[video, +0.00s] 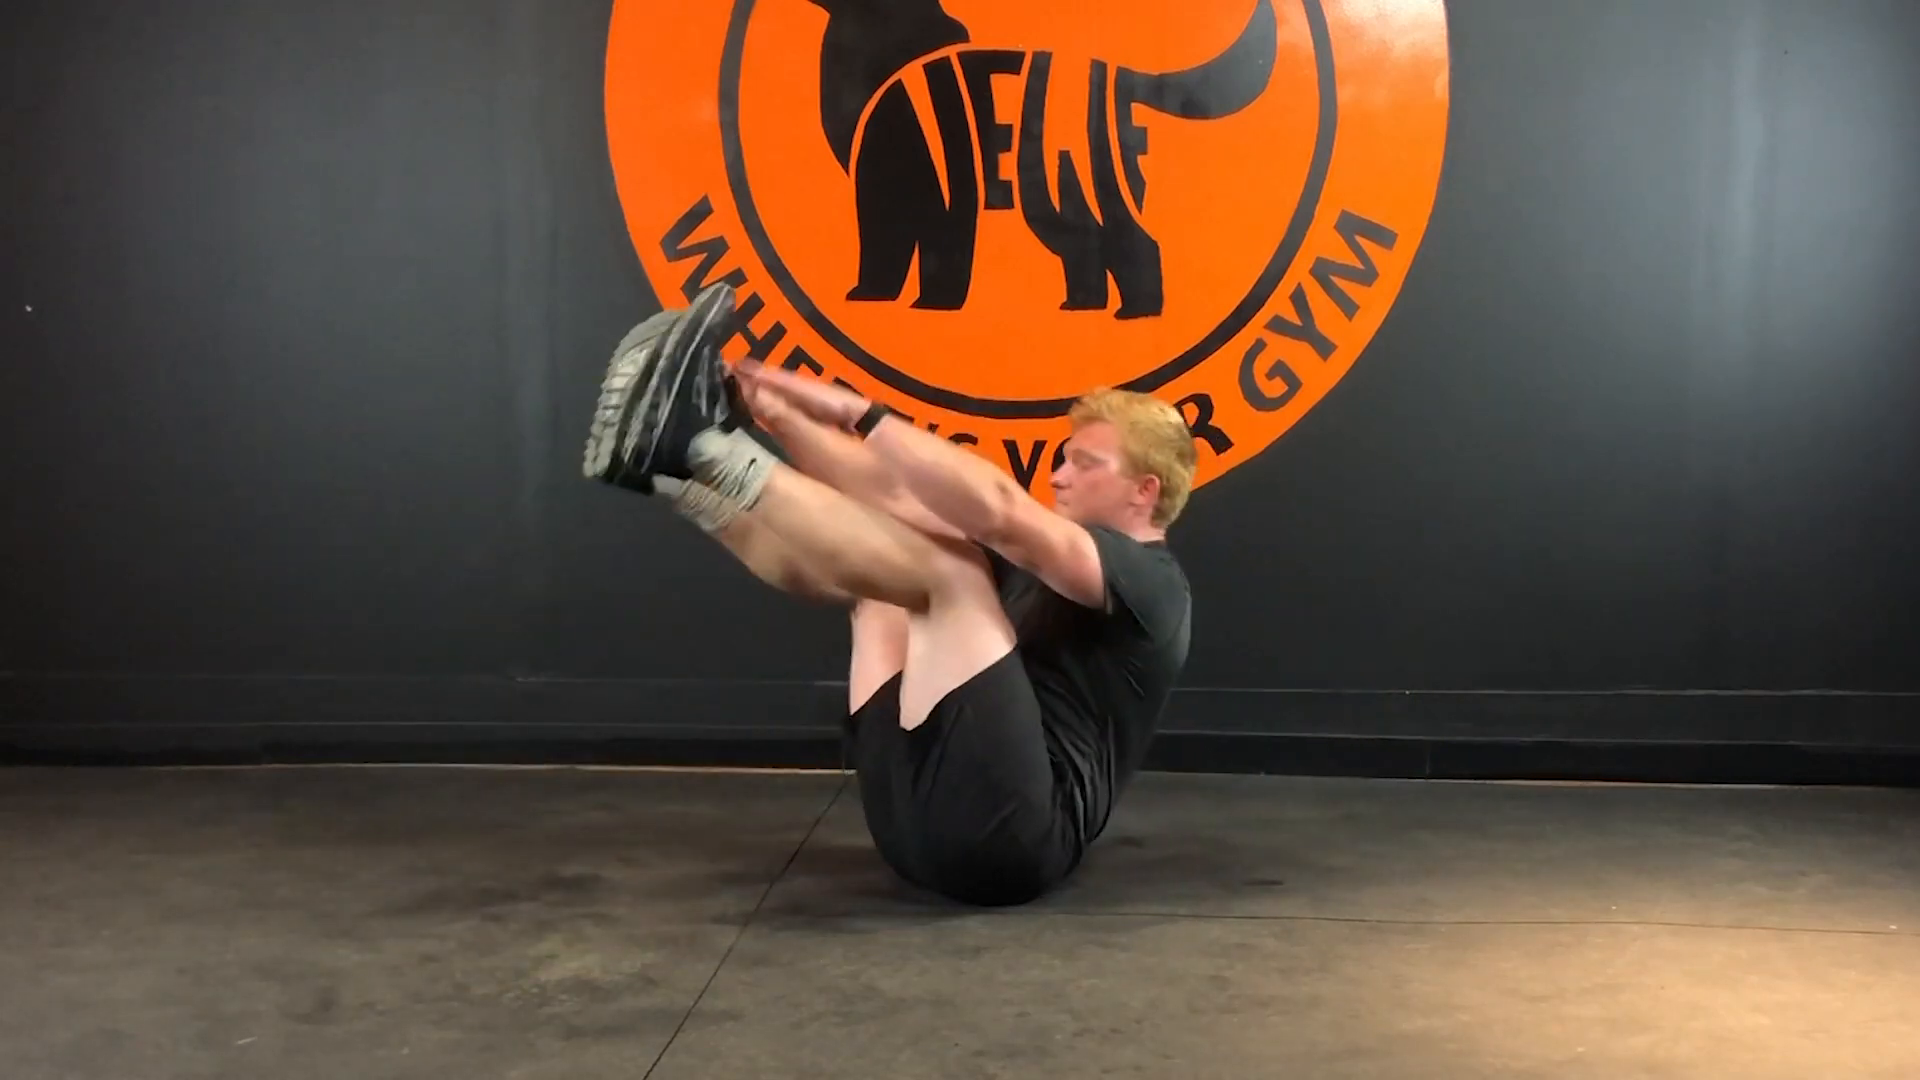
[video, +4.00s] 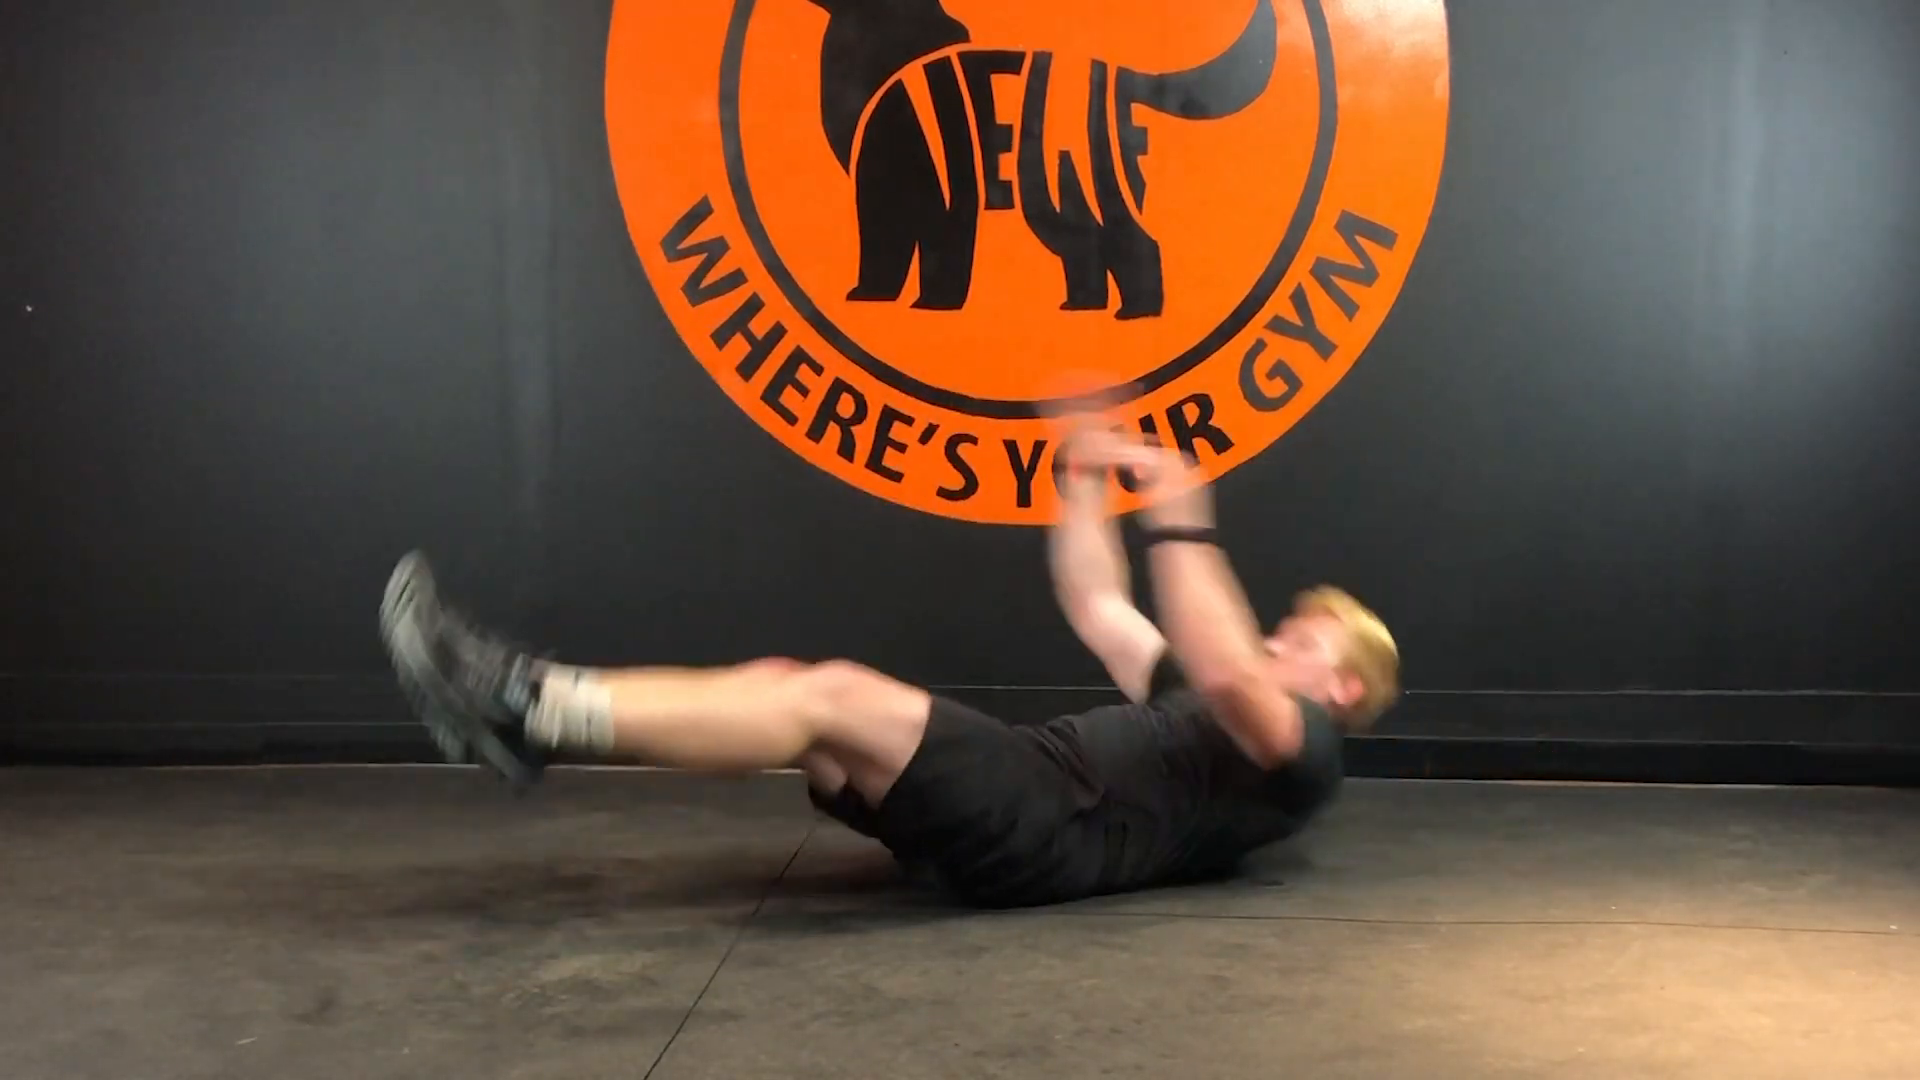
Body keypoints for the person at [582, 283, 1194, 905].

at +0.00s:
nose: (1055, 475)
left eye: (1080, 462)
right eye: (1062, 458)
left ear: (1144, 492)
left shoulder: (1150, 581)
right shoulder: (1050, 566)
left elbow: (1000, 512)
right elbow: (910, 505)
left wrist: (861, 412)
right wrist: (773, 413)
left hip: (1014, 832)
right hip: (933, 832)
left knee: (952, 569)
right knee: (885, 572)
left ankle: (695, 446)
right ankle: (668, 469)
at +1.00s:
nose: (1293, 675)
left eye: (1321, 679)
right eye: (1300, 665)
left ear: (1359, 728)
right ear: (1290, 690)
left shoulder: (1330, 793)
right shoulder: (1214, 737)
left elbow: (1482, 830)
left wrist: (1488, 771)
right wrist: (1426, 754)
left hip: (1049, 800)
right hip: (975, 745)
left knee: (812, 803)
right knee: (759, 775)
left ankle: (501, 848)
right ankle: (492, 857)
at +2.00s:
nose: (1223, 585)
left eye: (1253, 580)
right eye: (1236, 573)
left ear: (1302, 630)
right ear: (1233, 605)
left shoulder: (1257, 713)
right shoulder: (1169, 667)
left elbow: (1291, 621)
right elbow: (1076, 582)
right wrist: (1092, 445)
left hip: (1049, 826)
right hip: (986, 803)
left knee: (842, 667)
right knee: (794, 659)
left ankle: (547, 653)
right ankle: (519, 679)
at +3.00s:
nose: (1089, 518)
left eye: (1113, 509)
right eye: (1092, 504)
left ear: (1178, 530)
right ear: (1092, 507)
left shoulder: (1200, 610)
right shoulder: (1067, 584)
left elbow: (1067, 542)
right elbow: (951, 516)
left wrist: (956, 411)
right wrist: (870, 419)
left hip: (1032, 832)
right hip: (945, 823)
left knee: (968, 562)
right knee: (937, 553)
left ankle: (735, 444)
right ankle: (723, 445)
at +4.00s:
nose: (1290, 631)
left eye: (1315, 636)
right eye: (1298, 621)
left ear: (1347, 693)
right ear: (1291, 643)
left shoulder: (1302, 747)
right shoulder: (1215, 699)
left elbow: (1217, 666)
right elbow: (1097, 604)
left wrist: (1181, 526)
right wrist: (1079, 479)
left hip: (1052, 828)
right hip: (1008, 792)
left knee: (831, 692)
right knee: (794, 691)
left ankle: (538, 705)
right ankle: (529, 722)